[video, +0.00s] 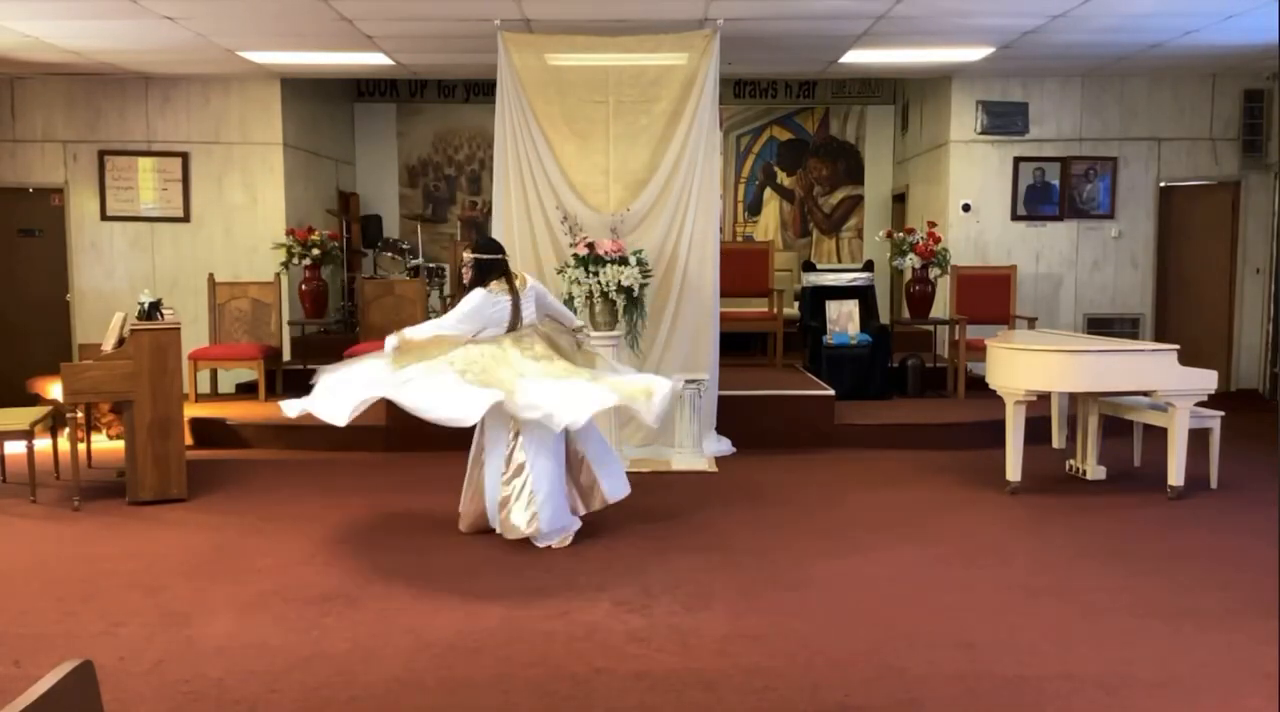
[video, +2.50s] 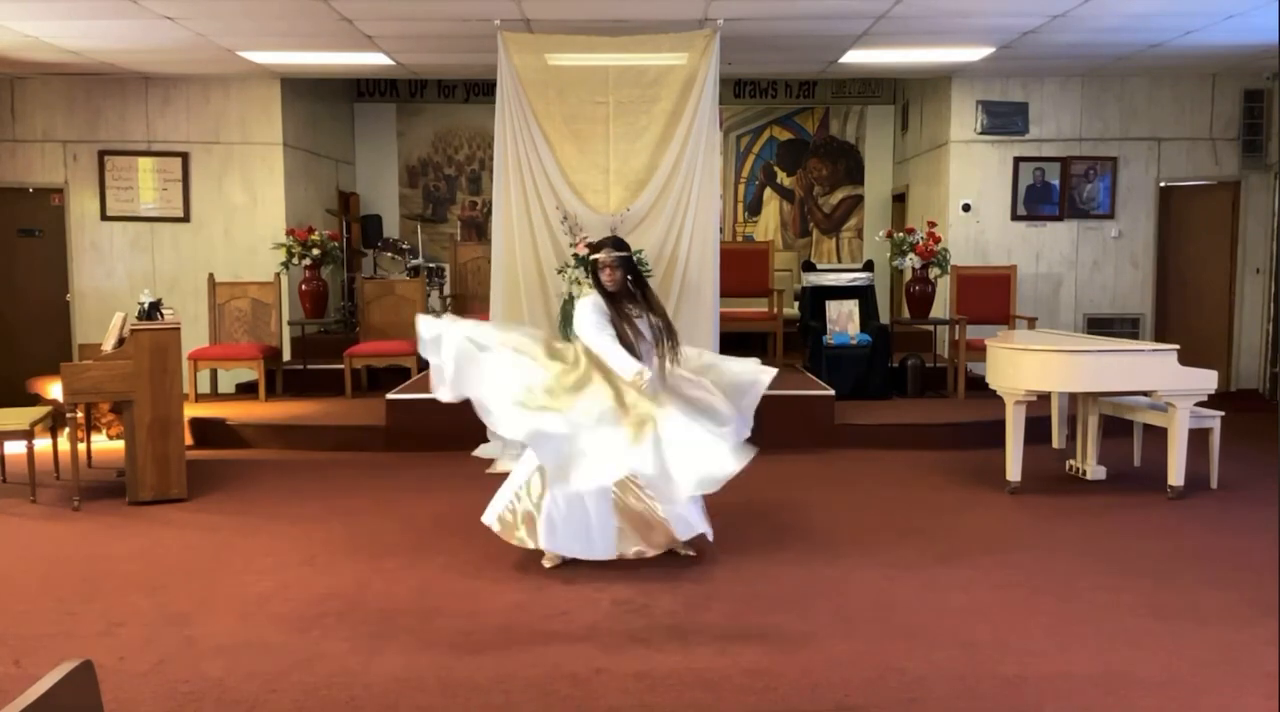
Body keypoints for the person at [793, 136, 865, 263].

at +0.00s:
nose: (817, 176)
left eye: (822, 169)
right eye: (813, 170)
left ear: (839, 166)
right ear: (808, 172)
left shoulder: (854, 193)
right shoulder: (818, 194)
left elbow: (828, 227)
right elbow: (800, 233)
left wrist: (808, 196)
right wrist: (799, 198)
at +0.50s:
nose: (817, 176)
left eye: (823, 169)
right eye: (813, 170)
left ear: (839, 166)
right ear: (808, 172)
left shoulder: (854, 193)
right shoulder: (818, 194)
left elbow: (828, 227)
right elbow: (800, 233)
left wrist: (808, 197)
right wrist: (799, 198)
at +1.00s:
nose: (817, 176)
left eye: (823, 169)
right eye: (813, 170)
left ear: (839, 166)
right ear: (808, 172)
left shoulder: (854, 193)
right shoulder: (818, 194)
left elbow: (828, 227)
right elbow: (800, 233)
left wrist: (808, 196)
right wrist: (799, 197)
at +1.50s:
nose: (815, 176)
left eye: (820, 170)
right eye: (812, 171)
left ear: (840, 166)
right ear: (808, 173)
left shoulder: (854, 193)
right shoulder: (820, 195)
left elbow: (828, 226)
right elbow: (799, 232)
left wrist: (808, 196)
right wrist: (799, 197)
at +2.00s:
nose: (815, 176)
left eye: (820, 170)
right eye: (812, 171)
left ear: (840, 166)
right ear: (808, 173)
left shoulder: (854, 193)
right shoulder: (820, 195)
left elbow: (828, 227)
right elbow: (799, 232)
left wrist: (808, 197)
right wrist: (799, 197)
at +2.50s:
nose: (815, 176)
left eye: (820, 170)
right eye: (812, 171)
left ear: (840, 166)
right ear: (808, 173)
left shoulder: (854, 193)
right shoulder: (820, 195)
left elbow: (828, 227)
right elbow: (799, 233)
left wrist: (808, 196)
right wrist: (798, 197)